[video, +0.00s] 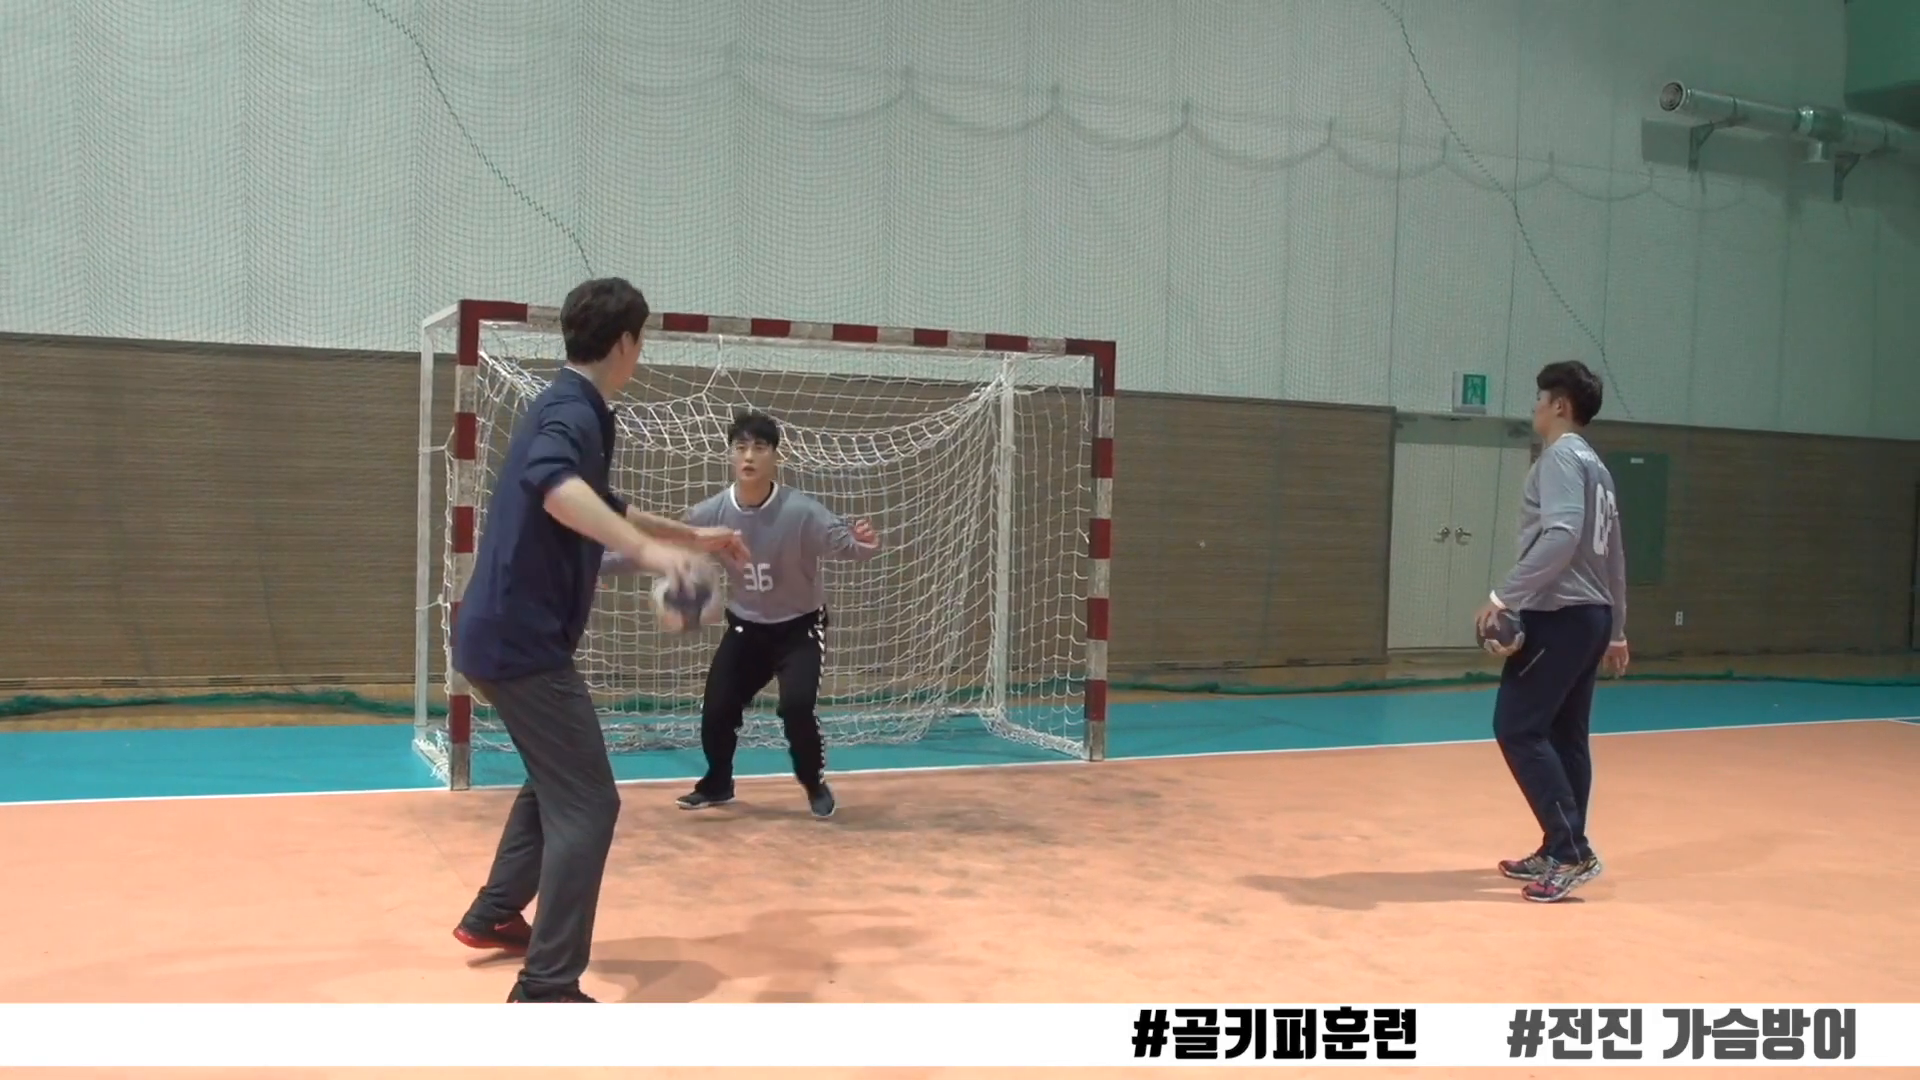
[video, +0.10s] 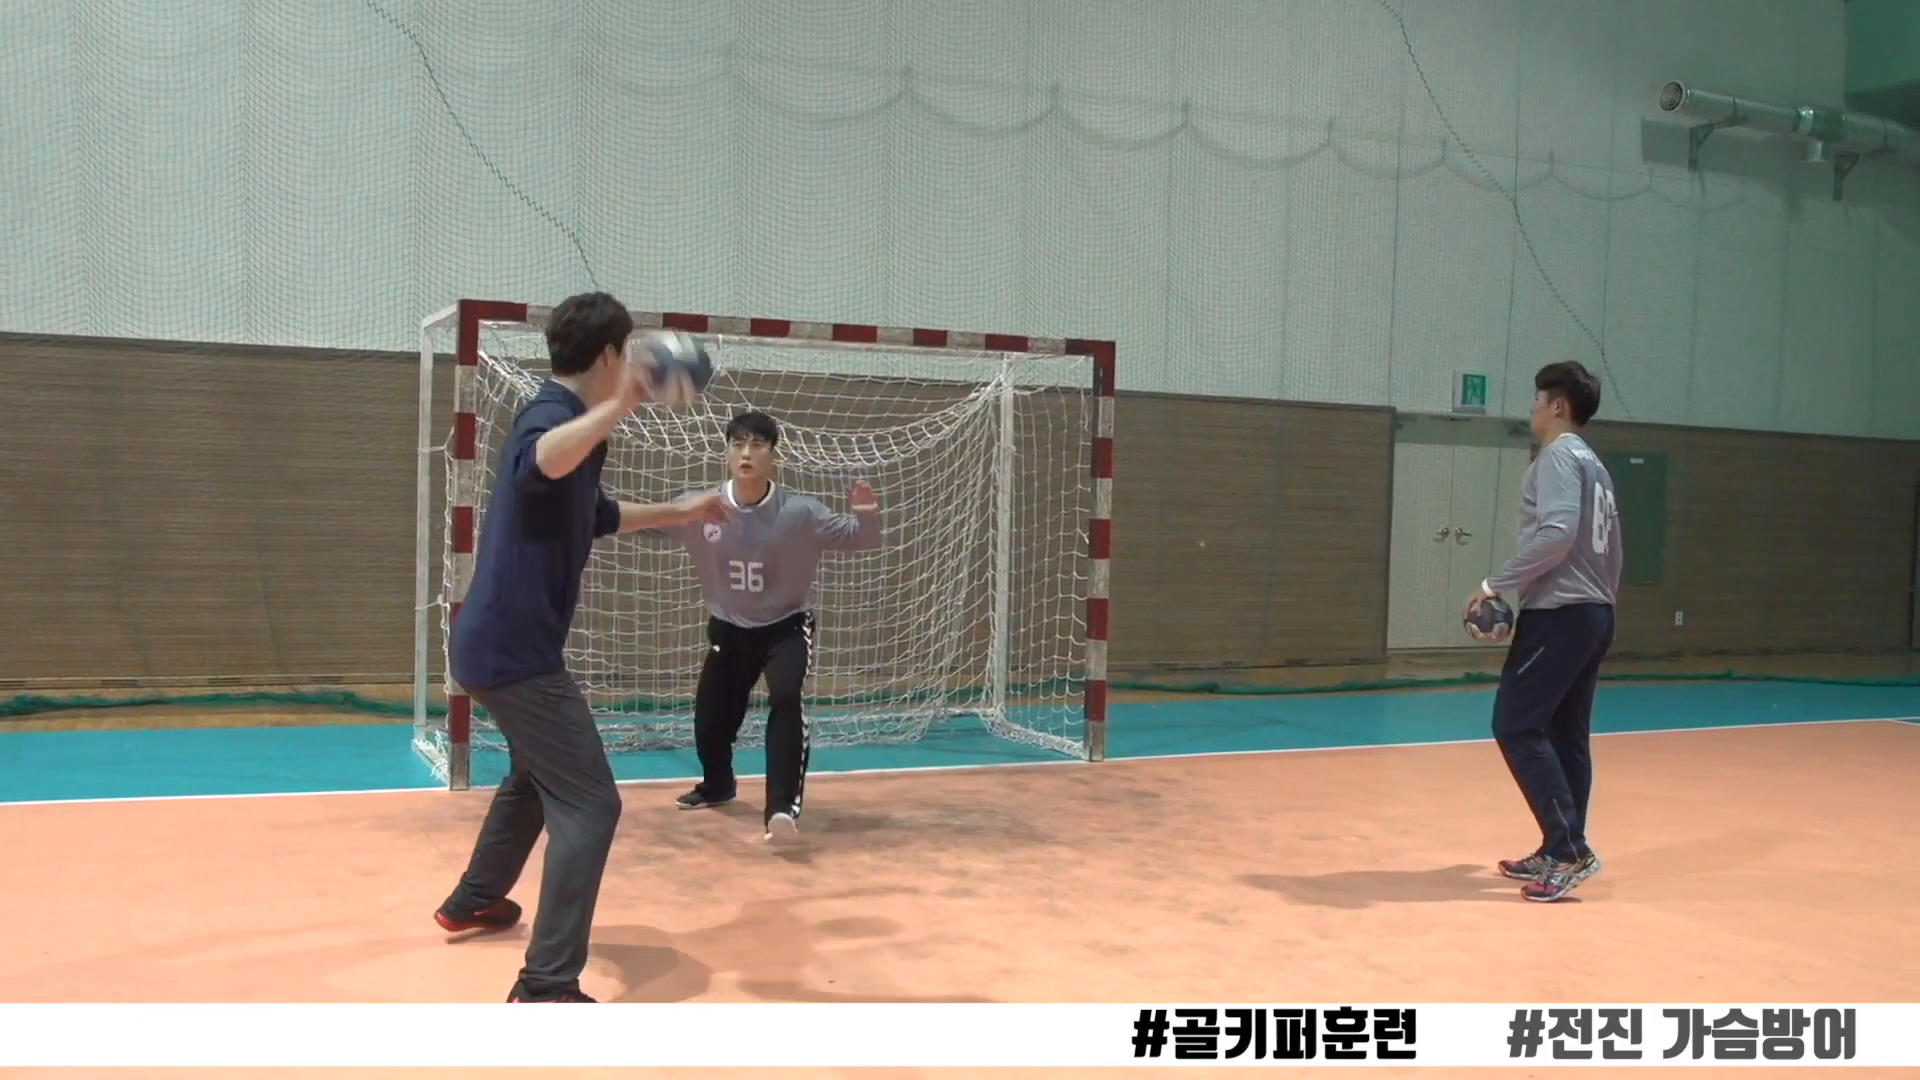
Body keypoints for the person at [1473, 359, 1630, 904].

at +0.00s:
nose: (1534, 409)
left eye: (1540, 398)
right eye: (1538, 398)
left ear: (1560, 404)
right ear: (1574, 409)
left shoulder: (1560, 455)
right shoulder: (1596, 468)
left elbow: (1560, 537)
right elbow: (1613, 557)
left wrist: (1504, 596)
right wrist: (1617, 629)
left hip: (1559, 617)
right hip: (1590, 618)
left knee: (1517, 728)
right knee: (1568, 733)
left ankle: (1571, 853)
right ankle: (1562, 850)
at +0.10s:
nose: (1531, 410)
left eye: (1536, 400)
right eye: (1535, 399)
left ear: (1556, 405)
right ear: (1572, 410)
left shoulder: (1559, 455)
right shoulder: (1595, 468)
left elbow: (1556, 536)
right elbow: (1610, 557)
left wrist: (1494, 586)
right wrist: (1598, 609)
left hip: (1559, 615)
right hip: (1591, 617)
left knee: (1516, 727)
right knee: (1568, 731)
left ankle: (1567, 851)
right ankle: (1563, 848)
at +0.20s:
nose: (1529, 410)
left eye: (1535, 400)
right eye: (1533, 400)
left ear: (1556, 406)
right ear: (1569, 410)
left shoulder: (1556, 456)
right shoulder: (1594, 468)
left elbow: (1550, 533)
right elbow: (1611, 551)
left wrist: (1490, 576)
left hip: (1560, 615)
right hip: (1594, 615)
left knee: (1519, 726)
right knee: (1569, 730)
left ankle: (1570, 853)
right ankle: (1561, 849)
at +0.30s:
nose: (1528, 409)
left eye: (1535, 400)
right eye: (1532, 400)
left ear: (1556, 406)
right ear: (1568, 410)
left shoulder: (1554, 455)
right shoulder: (1593, 468)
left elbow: (1544, 532)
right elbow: (1610, 552)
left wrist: (1491, 565)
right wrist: (1523, 582)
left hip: (1561, 615)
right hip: (1595, 615)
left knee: (1524, 728)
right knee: (1571, 732)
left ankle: (1576, 857)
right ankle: (1559, 851)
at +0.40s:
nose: (1526, 409)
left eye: (1533, 400)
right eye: (1529, 400)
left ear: (1556, 407)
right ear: (1565, 410)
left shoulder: (1554, 456)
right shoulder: (1589, 466)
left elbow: (1542, 532)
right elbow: (1595, 551)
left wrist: (1494, 560)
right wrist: (1522, 574)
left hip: (1564, 612)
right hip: (1596, 612)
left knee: (1530, 729)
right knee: (1571, 733)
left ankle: (1582, 860)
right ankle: (1559, 852)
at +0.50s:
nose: (1523, 408)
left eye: (1531, 399)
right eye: (1527, 399)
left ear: (1555, 407)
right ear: (1562, 410)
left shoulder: (1557, 456)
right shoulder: (1581, 462)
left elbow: (1541, 537)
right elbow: (1571, 551)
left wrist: (1492, 556)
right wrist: (1513, 567)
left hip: (1565, 612)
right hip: (1590, 611)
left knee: (1537, 731)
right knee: (1569, 734)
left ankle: (1584, 862)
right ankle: (1558, 852)